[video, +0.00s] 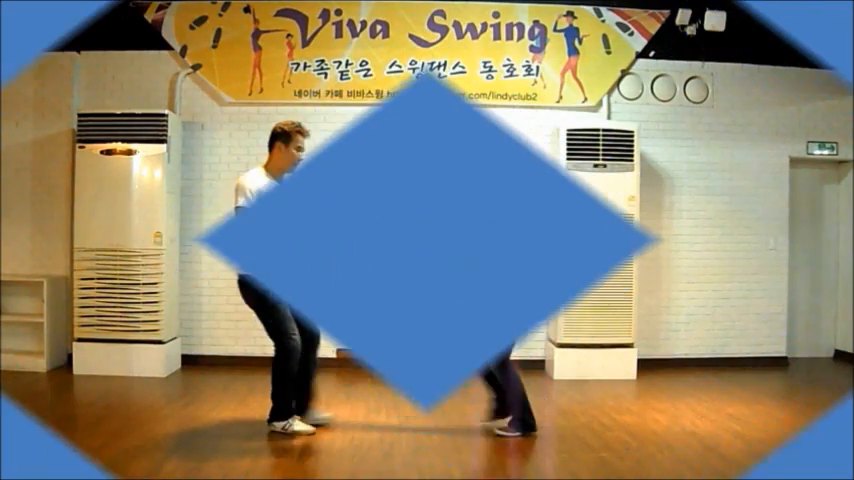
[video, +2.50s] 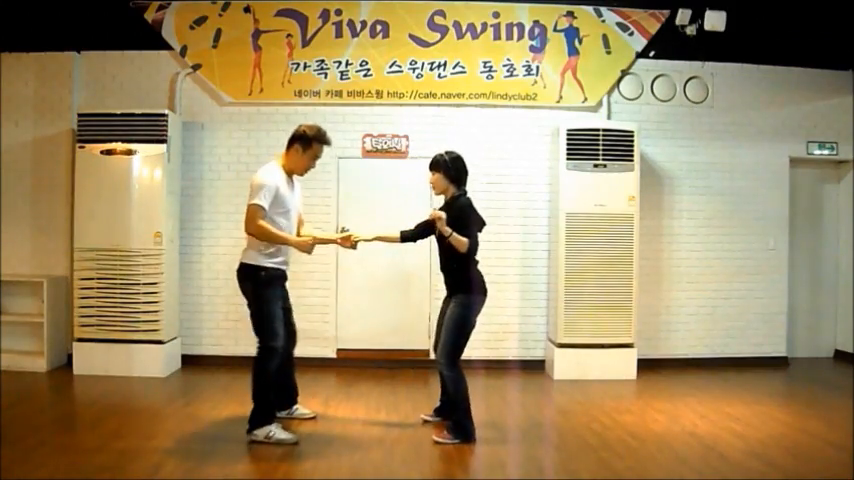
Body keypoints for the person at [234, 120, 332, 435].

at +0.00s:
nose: (300, 156)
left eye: (302, 150)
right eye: (297, 149)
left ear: (284, 150)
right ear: (278, 147)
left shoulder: (292, 184)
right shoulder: (248, 183)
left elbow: (302, 226)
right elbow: (248, 234)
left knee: (311, 334)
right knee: (288, 339)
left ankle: (302, 408)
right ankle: (280, 416)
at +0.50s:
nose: (268, 155)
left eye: (269, 149)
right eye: (264, 147)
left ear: (250, 149)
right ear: (244, 146)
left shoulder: (256, 188)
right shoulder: (217, 183)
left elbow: (266, 234)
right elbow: (202, 231)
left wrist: (301, 237)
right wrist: (245, 242)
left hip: (237, 276)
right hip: (217, 275)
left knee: (216, 345)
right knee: (251, 337)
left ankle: (189, 407)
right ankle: (233, 412)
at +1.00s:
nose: (278, 154)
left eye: (279, 148)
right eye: (274, 147)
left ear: (259, 149)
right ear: (255, 147)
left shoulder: (257, 185)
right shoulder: (228, 179)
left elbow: (240, 225)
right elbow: (204, 222)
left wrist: (264, 232)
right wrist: (249, 233)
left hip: (241, 276)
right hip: (217, 275)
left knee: (243, 342)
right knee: (227, 342)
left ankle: (206, 404)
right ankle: (193, 405)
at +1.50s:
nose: (287, 149)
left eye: (286, 143)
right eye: (281, 143)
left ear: (267, 148)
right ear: (263, 147)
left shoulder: (264, 183)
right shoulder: (247, 179)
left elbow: (248, 228)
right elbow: (232, 227)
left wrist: (280, 238)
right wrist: (277, 239)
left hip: (250, 279)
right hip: (230, 278)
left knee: (275, 334)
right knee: (215, 347)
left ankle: (266, 409)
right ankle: (194, 413)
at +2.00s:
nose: (310, 190)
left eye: (312, 184)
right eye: (309, 182)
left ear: (295, 176)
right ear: (292, 174)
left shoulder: (286, 205)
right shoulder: (262, 202)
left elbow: (286, 250)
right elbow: (251, 250)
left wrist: (322, 252)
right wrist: (292, 249)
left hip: (264, 293)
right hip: (244, 294)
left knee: (300, 344)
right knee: (293, 346)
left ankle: (277, 413)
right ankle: (269, 417)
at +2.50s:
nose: (313, 165)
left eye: (316, 159)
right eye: (313, 158)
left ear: (302, 152)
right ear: (295, 149)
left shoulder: (292, 182)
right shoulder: (268, 178)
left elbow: (298, 230)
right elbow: (252, 225)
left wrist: (336, 239)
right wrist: (293, 242)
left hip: (275, 271)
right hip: (258, 271)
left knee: (286, 339)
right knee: (272, 343)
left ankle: (284, 405)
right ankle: (260, 424)